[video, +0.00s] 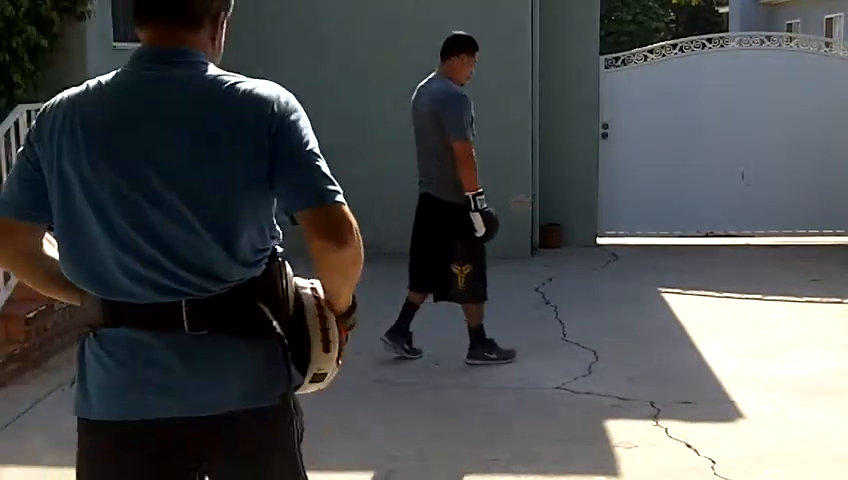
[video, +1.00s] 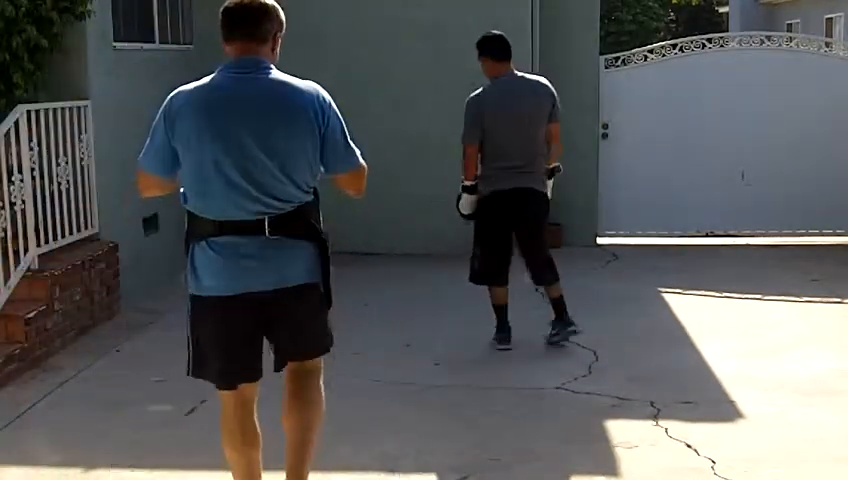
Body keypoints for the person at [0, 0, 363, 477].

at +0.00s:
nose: (227, 32)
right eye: (227, 19)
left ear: (136, 20)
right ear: (220, 20)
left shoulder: (62, 116)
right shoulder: (268, 108)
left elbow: (14, 245)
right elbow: (337, 237)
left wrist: (96, 297)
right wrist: (337, 306)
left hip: (119, 400)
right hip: (244, 395)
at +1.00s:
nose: (281, 47)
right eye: (281, 41)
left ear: (224, 42)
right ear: (277, 42)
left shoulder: (183, 102)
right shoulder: (310, 99)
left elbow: (151, 184)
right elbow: (355, 181)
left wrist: (203, 168)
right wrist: (307, 151)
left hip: (219, 280)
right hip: (296, 274)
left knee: (237, 397)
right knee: (304, 367)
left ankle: (248, 477)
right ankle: (297, 474)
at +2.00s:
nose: (279, 62)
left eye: (276, 56)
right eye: (279, 56)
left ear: (236, 56)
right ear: (273, 56)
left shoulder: (205, 104)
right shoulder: (296, 100)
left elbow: (185, 163)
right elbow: (333, 159)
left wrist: (220, 146)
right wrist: (294, 137)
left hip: (227, 231)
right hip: (282, 230)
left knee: (236, 315)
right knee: (288, 321)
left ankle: (244, 404)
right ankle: (282, 417)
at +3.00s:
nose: (317, 62)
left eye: (317, 55)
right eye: (316, 54)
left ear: (280, 50)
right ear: (303, 52)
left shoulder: (248, 88)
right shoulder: (312, 91)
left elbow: (259, 136)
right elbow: (348, 146)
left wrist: (316, 116)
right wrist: (347, 118)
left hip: (258, 195)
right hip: (299, 197)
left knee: (264, 270)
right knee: (294, 279)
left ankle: (264, 347)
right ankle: (285, 365)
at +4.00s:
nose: (323, 54)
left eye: (321, 47)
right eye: (318, 47)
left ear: (294, 52)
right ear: (296, 51)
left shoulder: (292, 83)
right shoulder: (287, 89)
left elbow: (330, 123)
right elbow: (326, 136)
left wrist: (353, 96)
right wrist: (351, 97)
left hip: (302, 189)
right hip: (297, 192)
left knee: (309, 262)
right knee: (312, 265)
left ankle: (295, 330)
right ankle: (305, 345)